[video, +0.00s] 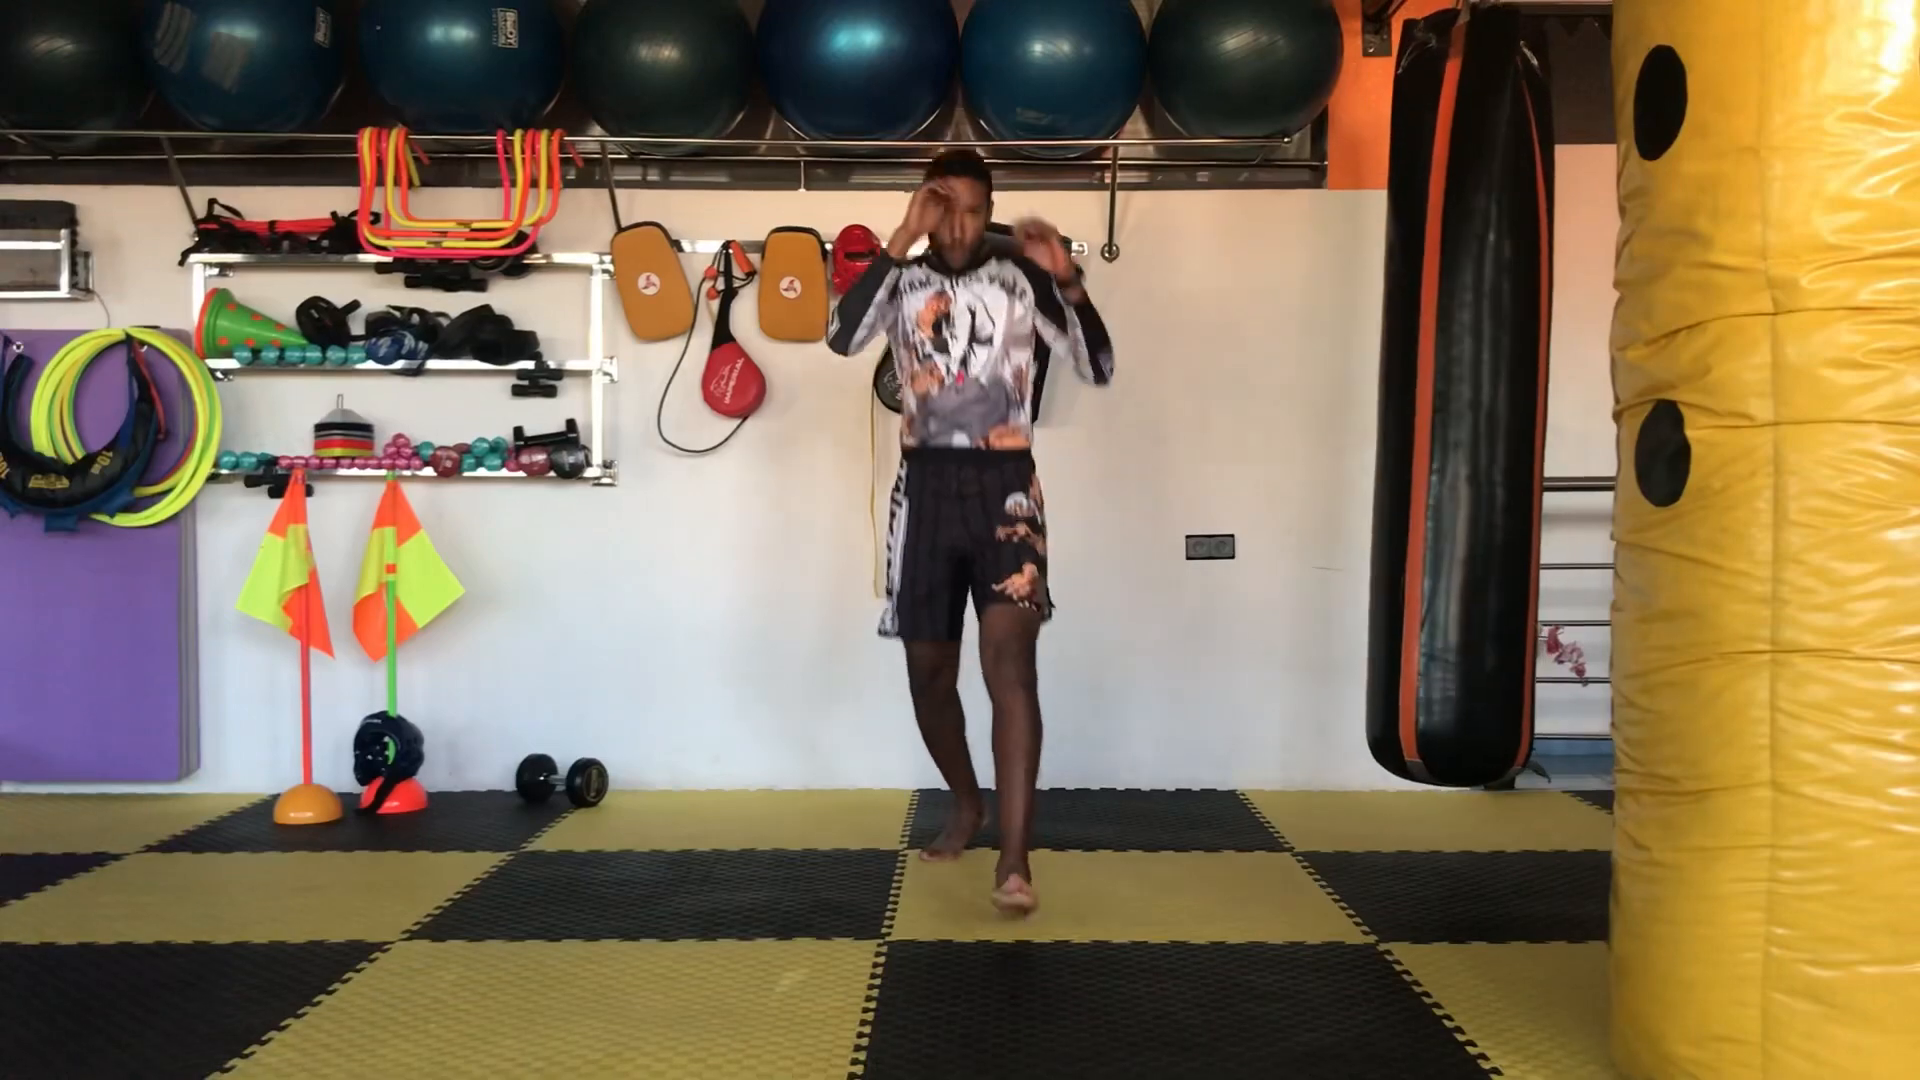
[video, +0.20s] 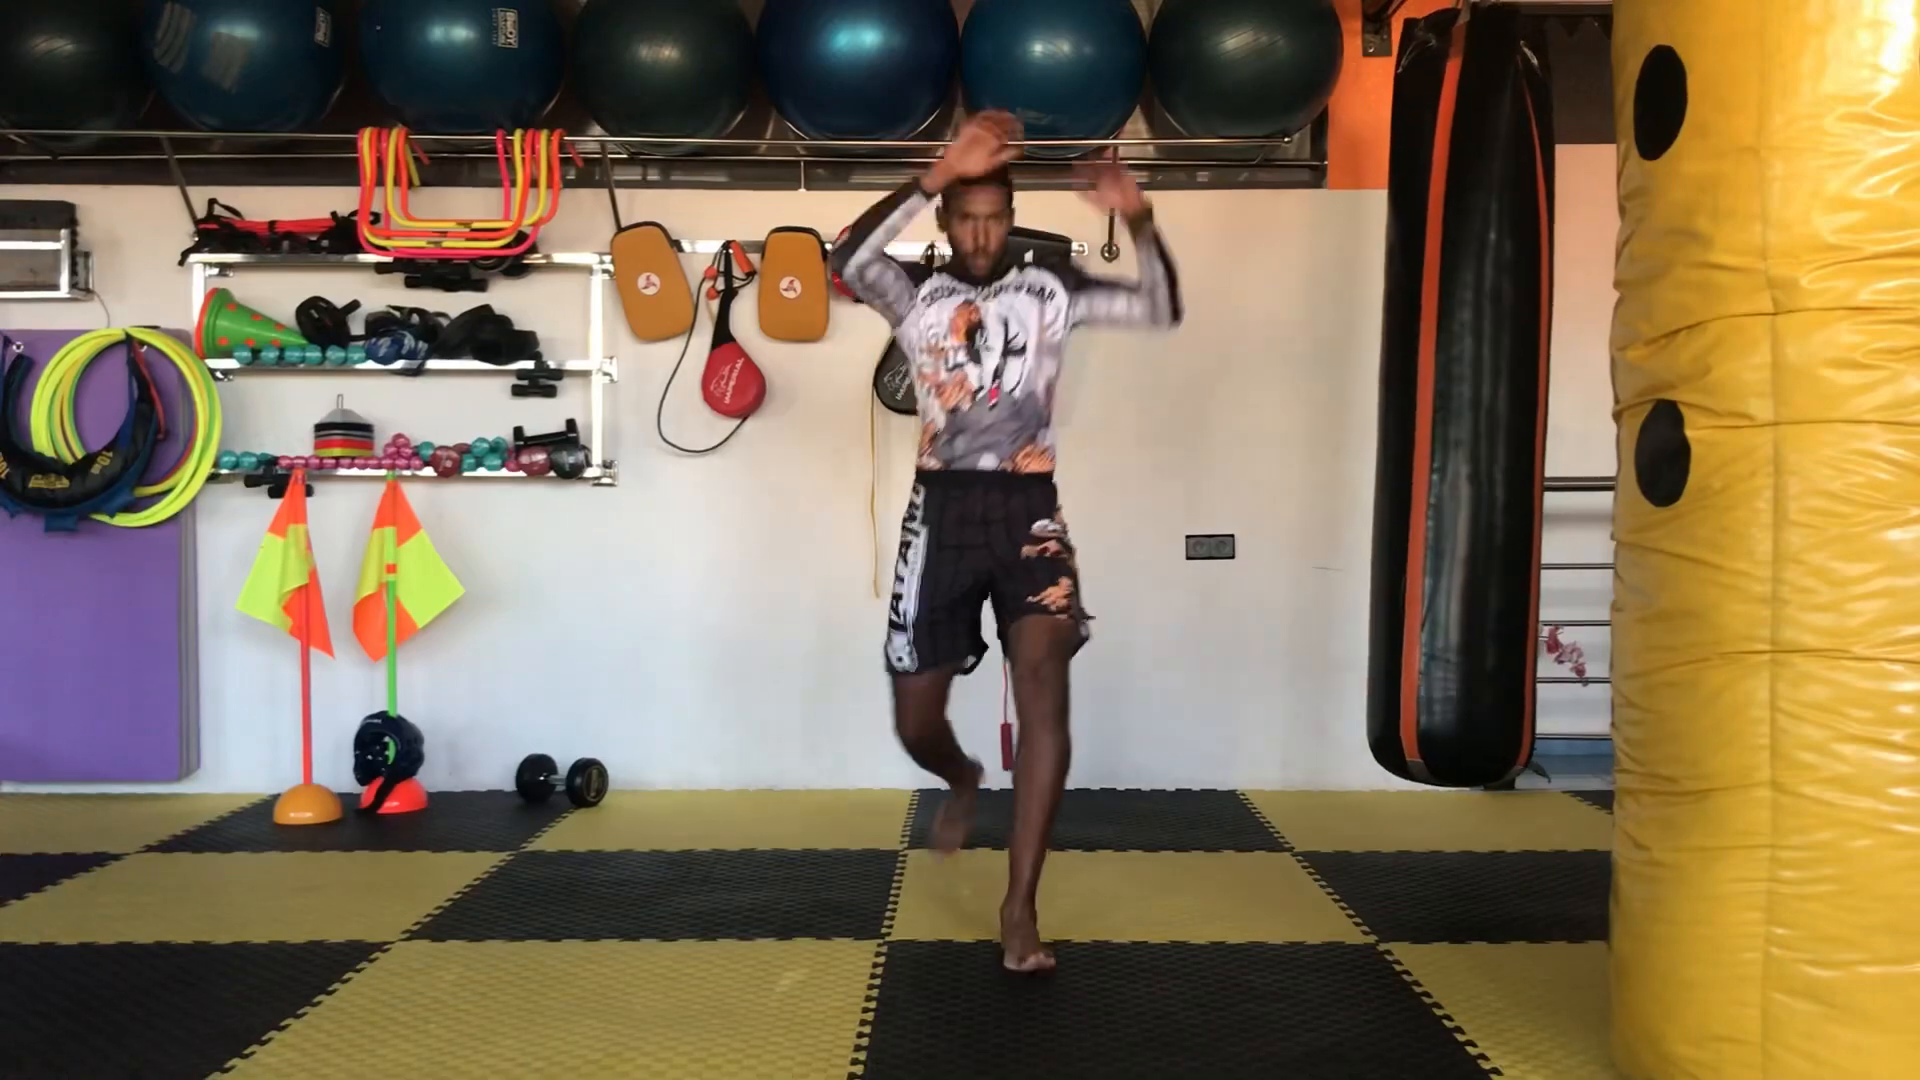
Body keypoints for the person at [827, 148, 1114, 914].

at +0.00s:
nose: (957, 221)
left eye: (971, 208)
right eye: (945, 206)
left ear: (989, 213)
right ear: (926, 213)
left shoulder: (1028, 278)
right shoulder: (904, 282)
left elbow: (1098, 368)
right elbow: (844, 338)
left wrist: (1066, 281)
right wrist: (896, 242)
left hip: (1005, 487)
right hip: (925, 487)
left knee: (1010, 667)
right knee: (929, 674)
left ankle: (1016, 857)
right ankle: (968, 803)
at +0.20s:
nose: (979, 234)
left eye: (993, 218)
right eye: (965, 219)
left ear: (1015, 222)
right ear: (944, 223)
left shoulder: (1053, 290)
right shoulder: (914, 291)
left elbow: (1160, 309)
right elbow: (845, 267)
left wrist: (1136, 218)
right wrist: (933, 176)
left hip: (1025, 509)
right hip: (938, 511)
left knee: (1043, 688)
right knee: (917, 728)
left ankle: (1021, 907)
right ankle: (966, 779)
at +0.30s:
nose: (993, 202)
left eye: (1007, 186)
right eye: (978, 187)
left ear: (1027, 188)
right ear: (958, 190)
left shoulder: (1069, 253)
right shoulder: (929, 276)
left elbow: (1151, 227)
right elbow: (823, 322)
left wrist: (1084, 139)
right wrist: (862, 251)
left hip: (1046, 475)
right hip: (956, 472)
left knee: (1057, 693)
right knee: (880, 682)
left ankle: (1021, 908)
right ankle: (947, 732)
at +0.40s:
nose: (988, 185)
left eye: (1003, 169)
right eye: (975, 170)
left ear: (1034, 172)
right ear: (959, 177)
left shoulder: (1070, 230)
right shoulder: (940, 259)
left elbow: (1094, 185)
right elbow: (879, 336)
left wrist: (986, 141)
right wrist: (819, 374)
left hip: (1056, 439)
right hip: (964, 435)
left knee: (1069, 666)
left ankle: (1023, 897)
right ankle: (919, 644)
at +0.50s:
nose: (1002, 176)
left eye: (1016, 164)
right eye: (987, 166)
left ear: (1035, 164)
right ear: (962, 170)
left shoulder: (1062, 221)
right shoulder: (935, 250)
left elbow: (1027, 181)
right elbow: (880, 366)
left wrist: (914, 182)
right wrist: (818, 477)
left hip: (1064, 405)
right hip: (970, 391)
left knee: (1074, 657)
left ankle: (1029, 888)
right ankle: (900, 540)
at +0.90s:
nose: (990, 191)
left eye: (1003, 178)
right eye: (975, 179)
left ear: (1023, 183)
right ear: (951, 188)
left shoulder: (1054, 250)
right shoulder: (934, 274)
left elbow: (1076, 230)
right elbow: (850, 342)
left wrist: (947, 204)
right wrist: (795, 339)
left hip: (1088, 434)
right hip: (1001, 415)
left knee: (1080, 682)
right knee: (960, 348)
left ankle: (1014, 895)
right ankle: (907, 566)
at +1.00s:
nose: (995, 171)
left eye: (1008, 158)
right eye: (978, 157)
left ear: (1026, 165)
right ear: (953, 169)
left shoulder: (1057, 234)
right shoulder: (934, 256)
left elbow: (1115, 246)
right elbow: (860, 340)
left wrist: (1010, 194)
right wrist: (845, 305)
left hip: (1079, 435)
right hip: (996, 417)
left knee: (1059, 686)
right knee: (960, 415)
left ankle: (998, 908)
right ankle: (911, 604)